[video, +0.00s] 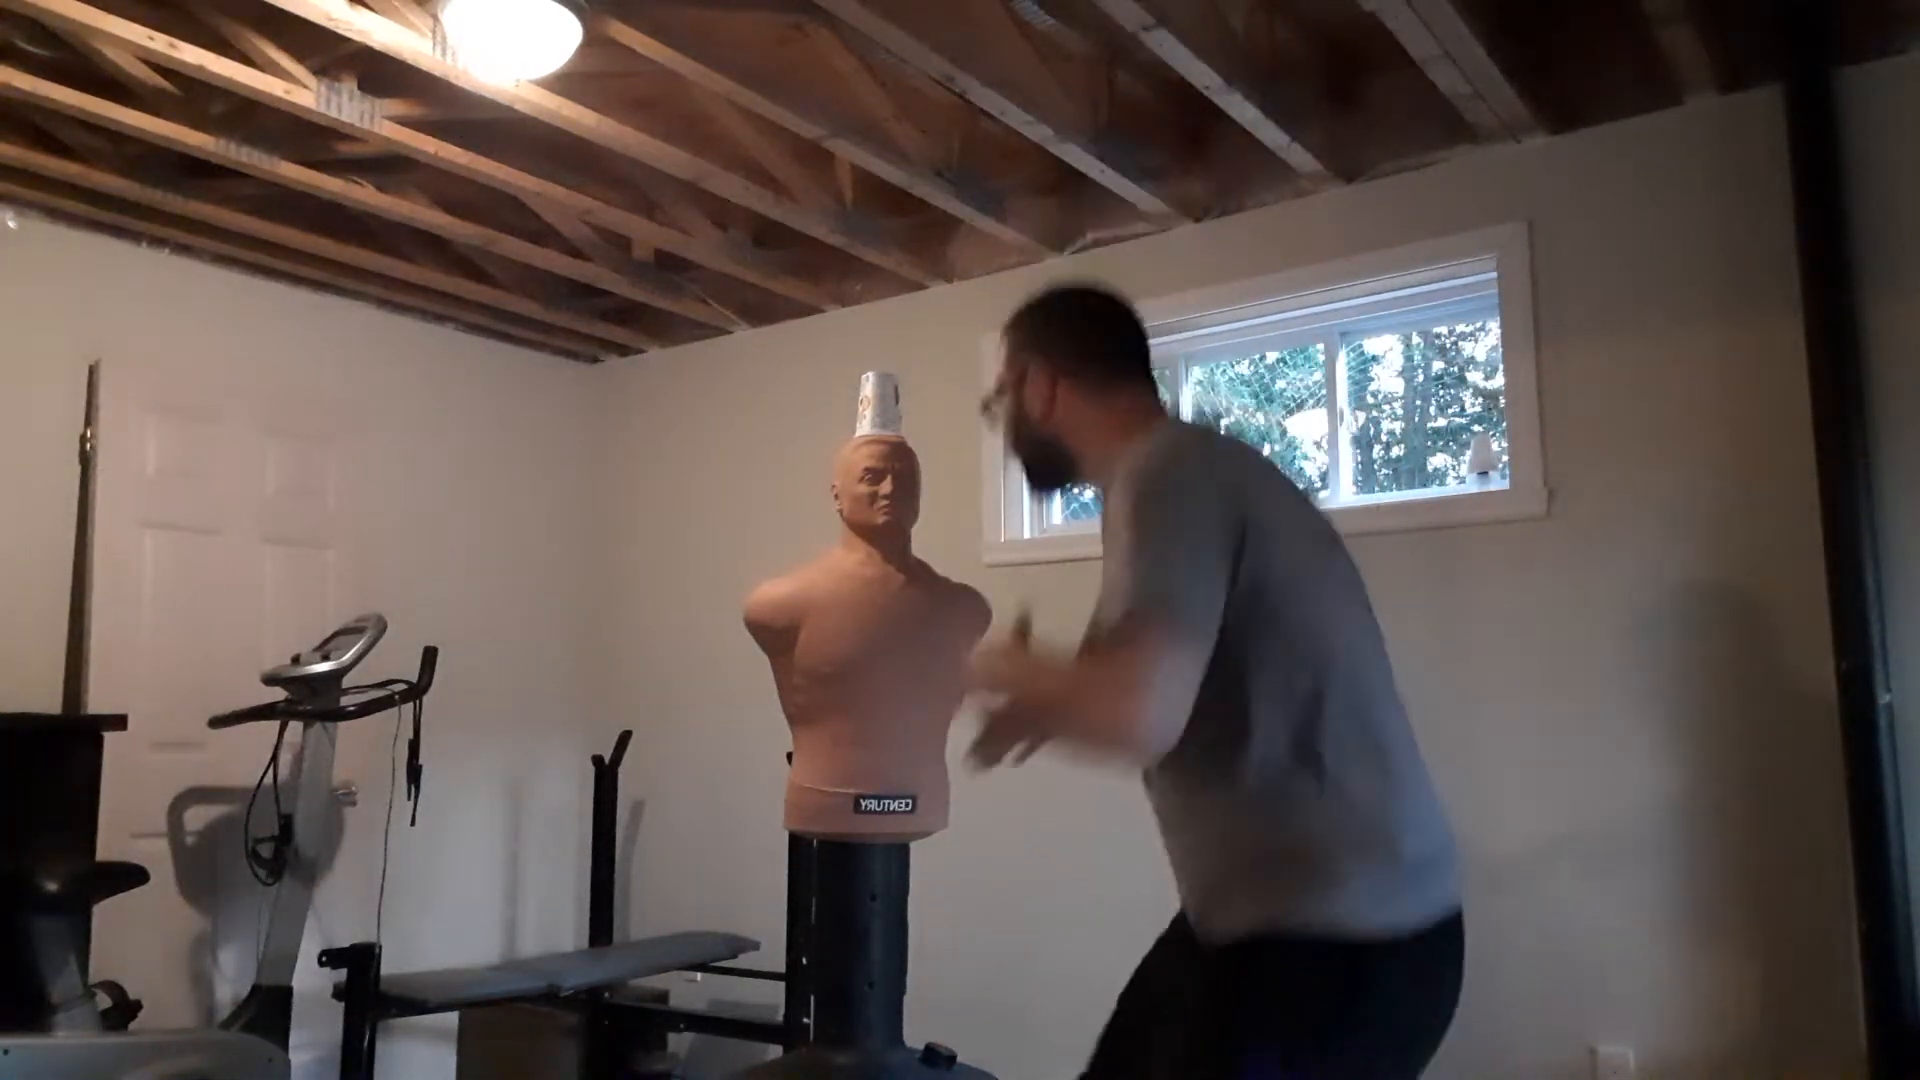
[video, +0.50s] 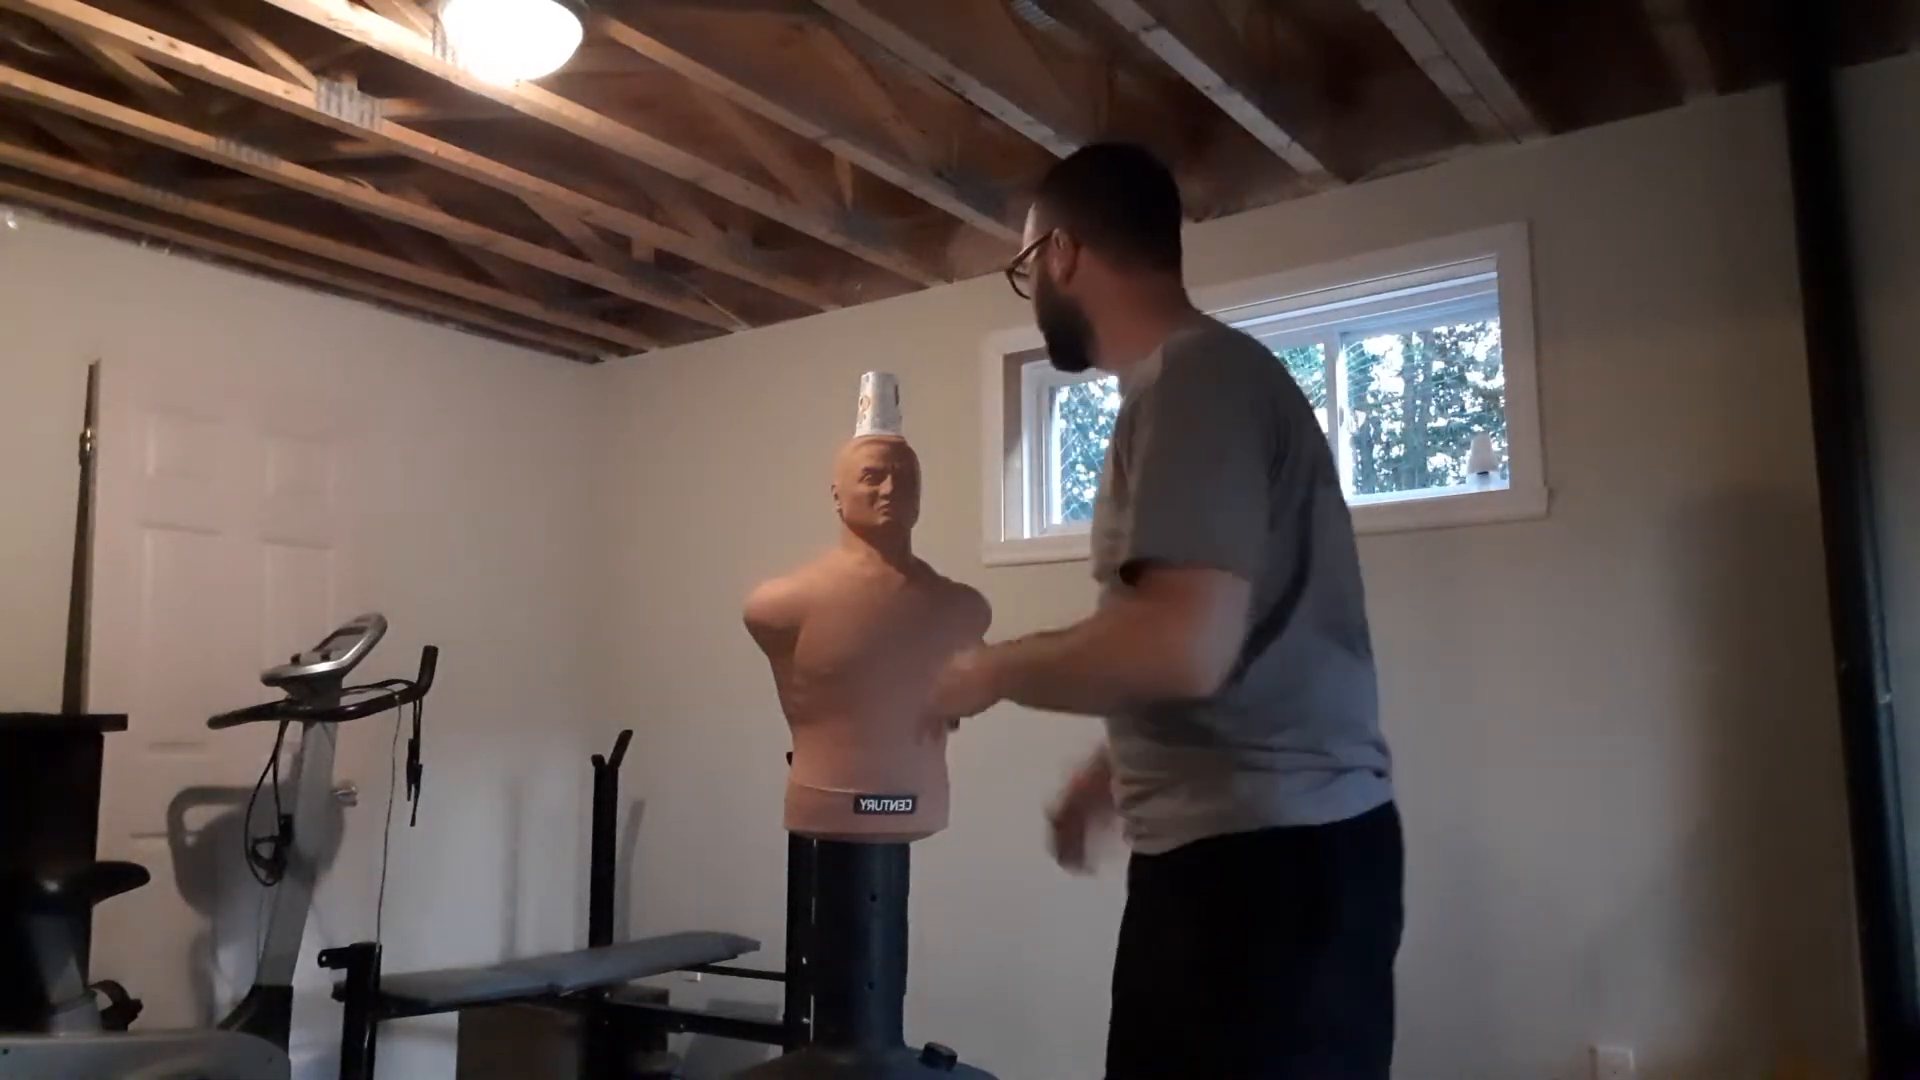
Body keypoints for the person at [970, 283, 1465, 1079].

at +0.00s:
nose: (1000, 421)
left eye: (1004, 393)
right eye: (997, 398)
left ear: (1047, 385)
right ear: (1128, 371)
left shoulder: (1176, 472)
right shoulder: (1187, 472)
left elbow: (1140, 706)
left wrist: (1027, 678)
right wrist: (1055, 704)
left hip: (1322, 942)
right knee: (1120, 1067)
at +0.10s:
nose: (1004, 424)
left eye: (1004, 399)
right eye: (1000, 403)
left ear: (1044, 386)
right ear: (1134, 369)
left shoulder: (1191, 482)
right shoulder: (1191, 485)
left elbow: (1152, 755)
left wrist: (1010, 744)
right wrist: (1067, 790)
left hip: (1313, 961)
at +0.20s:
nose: (1014, 341)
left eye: (1015, 314)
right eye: (1012, 319)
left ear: (1047, 311)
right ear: (1137, 296)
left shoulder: (1207, 418)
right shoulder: (1157, 448)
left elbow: (1223, 680)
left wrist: (1055, 695)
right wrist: (1150, 802)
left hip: (1307, 899)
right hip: (1235, 892)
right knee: (1126, 1066)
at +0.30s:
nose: (1020, 300)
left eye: (1021, 270)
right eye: (1018, 276)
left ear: (1059, 261)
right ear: (1147, 249)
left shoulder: (1205, 366)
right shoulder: (1179, 387)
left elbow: (1213, 613)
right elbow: (1262, 627)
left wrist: (1055, 633)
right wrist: (1160, 773)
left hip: (1289, 857)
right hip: (1237, 853)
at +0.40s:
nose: (1027, 291)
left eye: (1027, 263)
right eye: (1024, 269)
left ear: (1068, 252)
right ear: (1160, 241)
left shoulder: (1198, 367)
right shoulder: (1237, 367)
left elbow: (1166, 625)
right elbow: (1277, 637)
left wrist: (1019, 640)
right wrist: (1158, 778)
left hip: (1271, 857)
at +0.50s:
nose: (1029, 289)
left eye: (1028, 260)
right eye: (1025, 266)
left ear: (1064, 253)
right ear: (1157, 245)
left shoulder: (1204, 378)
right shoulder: (1180, 388)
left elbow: (1180, 640)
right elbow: (1238, 640)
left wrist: (995, 668)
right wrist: (1121, 767)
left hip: (1269, 860)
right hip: (1233, 853)